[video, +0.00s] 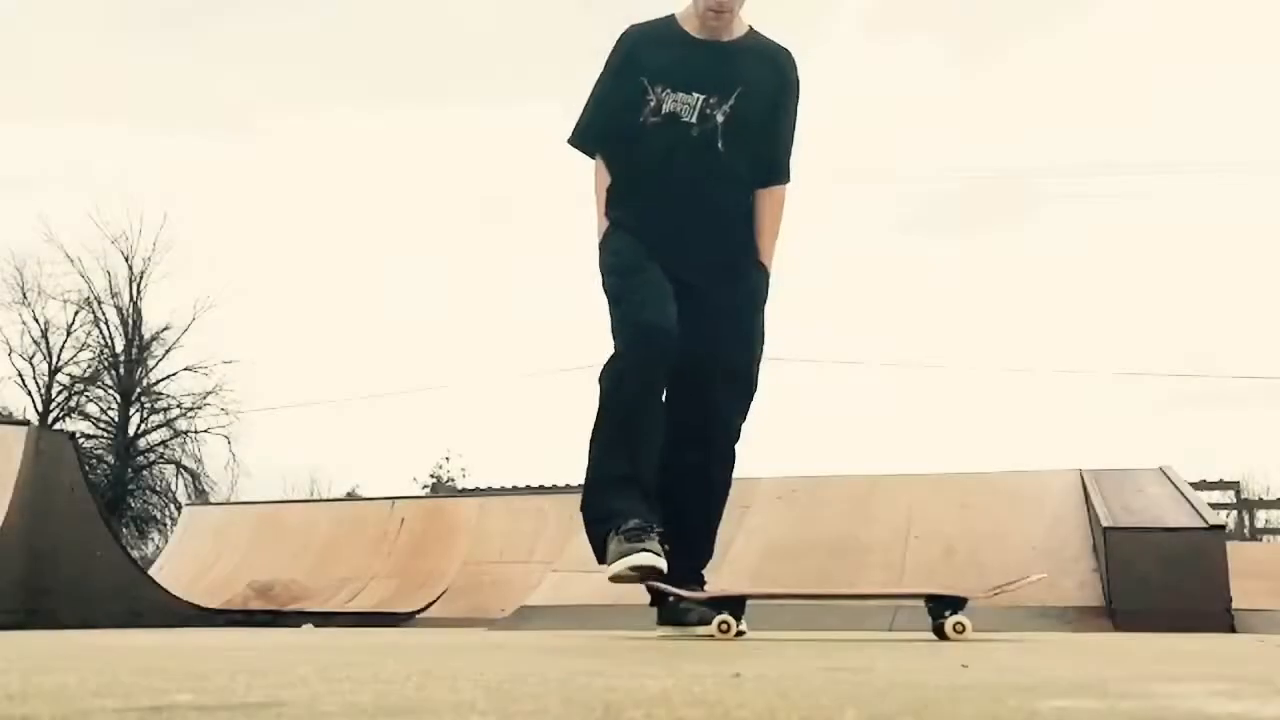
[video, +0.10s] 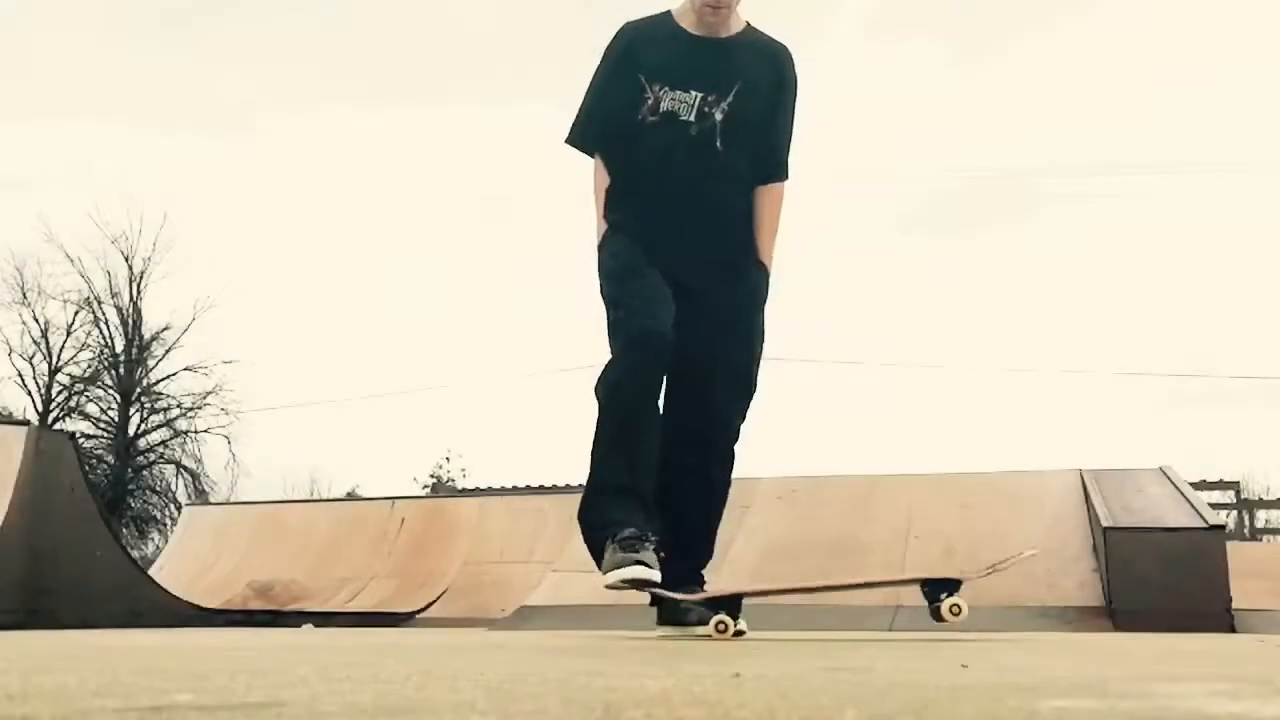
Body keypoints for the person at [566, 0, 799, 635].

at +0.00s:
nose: (717, 2)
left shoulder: (774, 66)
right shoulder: (640, 44)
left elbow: (771, 179)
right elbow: (608, 155)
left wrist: (761, 269)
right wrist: (608, 239)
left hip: (727, 258)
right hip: (639, 245)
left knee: (711, 415)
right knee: (650, 341)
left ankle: (684, 580)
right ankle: (629, 525)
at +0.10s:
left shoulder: (771, 61)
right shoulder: (636, 41)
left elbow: (770, 177)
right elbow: (606, 157)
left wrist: (761, 268)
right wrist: (607, 241)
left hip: (727, 258)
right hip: (638, 246)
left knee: (710, 416)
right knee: (645, 346)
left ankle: (682, 580)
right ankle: (623, 531)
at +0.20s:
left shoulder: (768, 59)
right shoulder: (633, 39)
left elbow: (766, 176)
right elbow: (600, 154)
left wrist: (758, 268)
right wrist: (602, 238)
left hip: (725, 260)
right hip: (634, 251)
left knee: (708, 419)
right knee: (635, 367)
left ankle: (681, 579)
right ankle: (623, 549)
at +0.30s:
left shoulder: (764, 53)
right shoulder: (628, 32)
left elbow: (762, 173)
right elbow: (594, 153)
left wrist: (753, 268)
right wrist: (597, 245)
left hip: (721, 263)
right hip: (627, 255)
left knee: (709, 422)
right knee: (633, 383)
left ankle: (679, 578)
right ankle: (619, 563)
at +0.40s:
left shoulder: (754, 34)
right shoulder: (616, 15)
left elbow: (752, 154)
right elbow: (583, 138)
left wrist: (744, 250)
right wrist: (587, 236)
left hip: (714, 255)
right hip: (619, 247)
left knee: (709, 421)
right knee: (621, 395)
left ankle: (686, 574)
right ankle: (598, 570)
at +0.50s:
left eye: (715, 1)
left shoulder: (742, 38)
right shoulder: (601, 18)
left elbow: (733, 153)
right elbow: (565, 137)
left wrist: (730, 248)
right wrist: (571, 235)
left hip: (699, 246)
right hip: (607, 245)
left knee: (750, 385)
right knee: (614, 406)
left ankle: (702, 536)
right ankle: (596, 577)